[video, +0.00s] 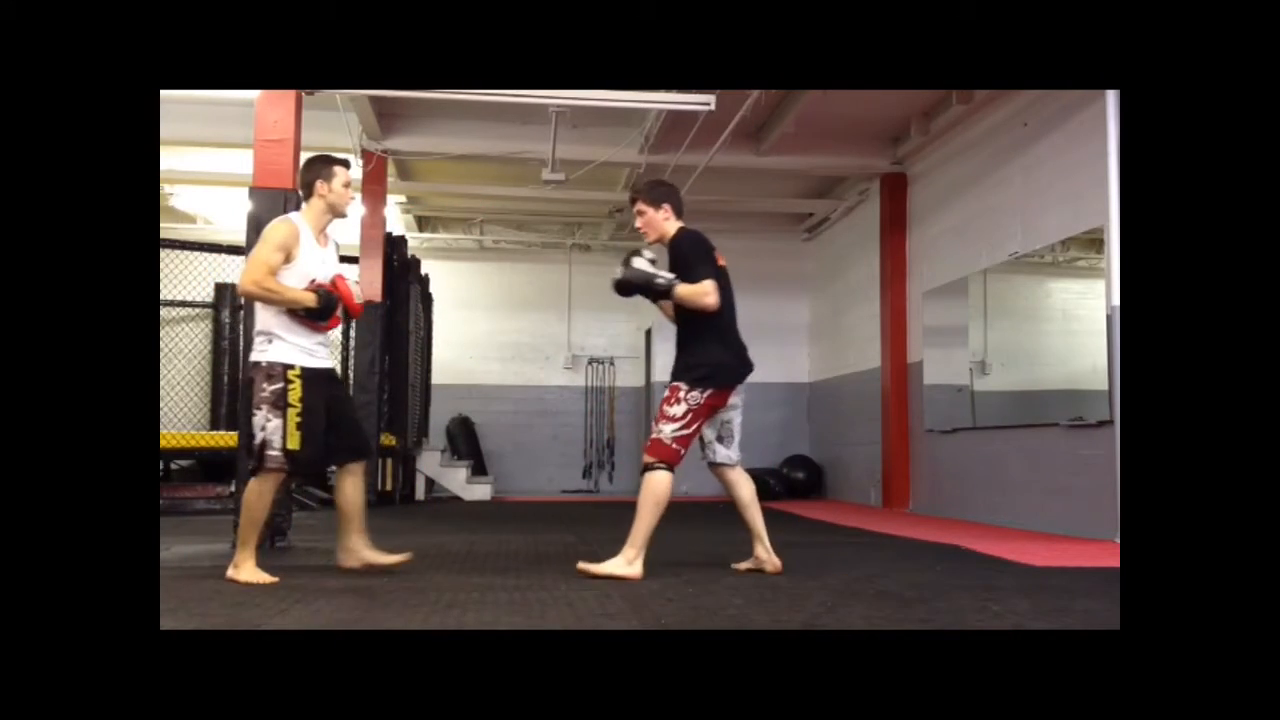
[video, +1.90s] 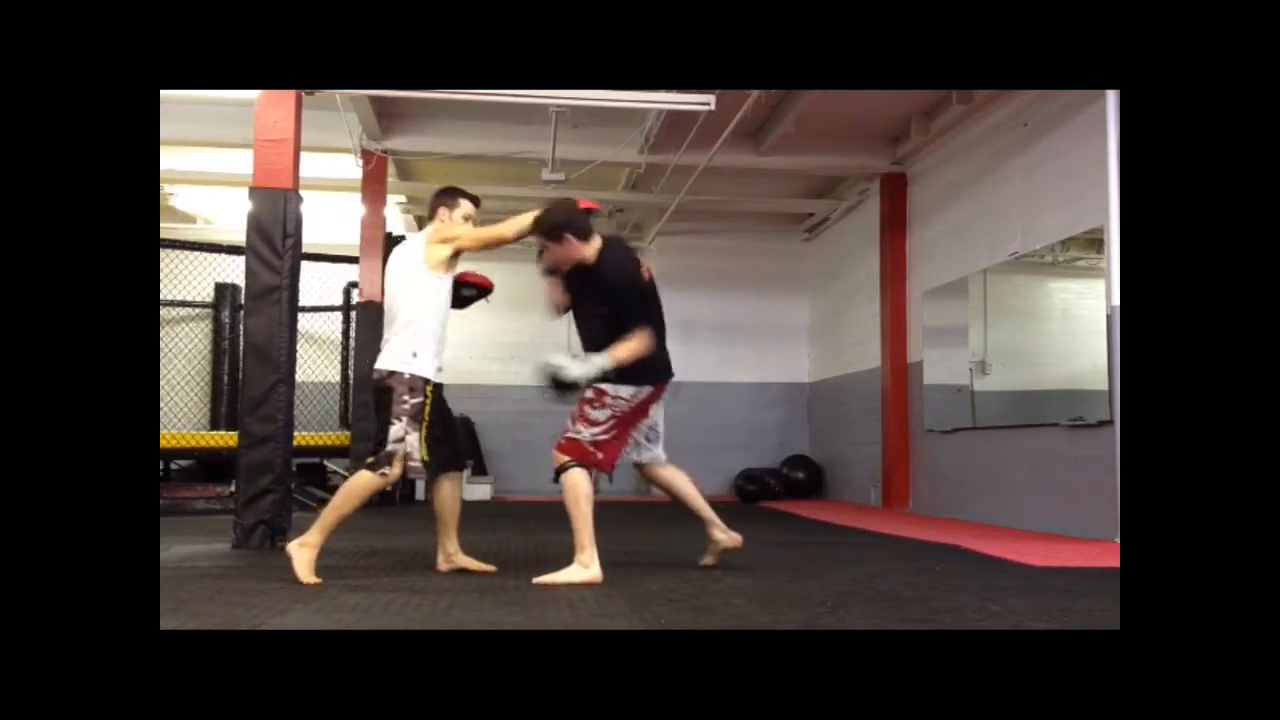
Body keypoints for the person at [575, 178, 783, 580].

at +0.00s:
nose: (638, 225)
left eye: (642, 215)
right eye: (635, 217)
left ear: (666, 211)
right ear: (665, 214)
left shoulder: (686, 242)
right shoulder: (685, 249)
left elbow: (709, 297)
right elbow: (679, 315)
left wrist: (661, 285)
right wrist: (652, 285)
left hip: (702, 369)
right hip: (726, 368)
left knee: (659, 457)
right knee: (725, 460)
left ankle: (631, 557)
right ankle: (764, 551)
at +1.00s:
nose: (606, 218)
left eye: (610, 209)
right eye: (604, 210)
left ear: (633, 206)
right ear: (638, 209)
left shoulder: (647, 241)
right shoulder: (667, 240)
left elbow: (644, 303)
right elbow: (652, 299)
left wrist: (609, 272)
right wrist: (616, 268)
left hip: (669, 367)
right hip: (698, 364)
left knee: (627, 453)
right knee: (699, 457)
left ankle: (610, 558)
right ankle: (739, 549)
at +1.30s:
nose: (614, 226)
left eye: (616, 216)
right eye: (612, 218)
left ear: (639, 210)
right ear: (647, 213)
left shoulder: (648, 244)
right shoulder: (680, 241)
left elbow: (624, 300)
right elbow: (654, 296)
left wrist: (589, 272)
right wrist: (618, 259)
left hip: (668, 362)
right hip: (704, 362)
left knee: (605, 439)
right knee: (702, 457)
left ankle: (589, 539)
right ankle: (739, 549)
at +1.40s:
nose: (605, 221)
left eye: (608, 212)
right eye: (604, 213)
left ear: (630, 208)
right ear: (644, 208)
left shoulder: (624, 241)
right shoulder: (677, 236)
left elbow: (571, 271)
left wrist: (542, 247)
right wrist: (601, 248)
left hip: (660, 360)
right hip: (701, 357)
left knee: (613, 450)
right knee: (707, 457)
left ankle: (593, 549)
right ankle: (739, 550)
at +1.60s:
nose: (585, 235)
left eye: (588, 225)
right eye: (583, 227)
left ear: (612, 216)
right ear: (616, 218)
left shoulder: (630, 248)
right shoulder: (646, 244)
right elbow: (599, 300)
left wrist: (546, 270)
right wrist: (544, 277)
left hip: (657, 374)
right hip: (676, 371)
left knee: (606, 455)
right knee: (672, 467)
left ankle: (590, 562)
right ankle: (735, 541)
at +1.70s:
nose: (578, 258)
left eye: (584, 248)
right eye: (575, 250)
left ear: (609, 239)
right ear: (576, 247)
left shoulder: (649, 267)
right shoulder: (587, 273)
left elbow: (663, 336)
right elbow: (563, 322)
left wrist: (604, 321)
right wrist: (556, 284)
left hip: (661, 383)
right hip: (630, 382)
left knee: (591, 452)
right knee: (651, 479)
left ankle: (588, 563)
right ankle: (733, 537)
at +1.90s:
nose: (544, 256)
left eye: (546, 247)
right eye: (542, 249)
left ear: (570, 240)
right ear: (573, 238)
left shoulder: (618, 266)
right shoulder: (581, 266)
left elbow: (645, 337)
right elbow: (560, 307)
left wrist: (592, 365)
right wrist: (555, 274)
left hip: (633, 376)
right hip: (639, 376)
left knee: (570, 456)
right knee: (650, 463)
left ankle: (586, 561)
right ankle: (719, 531)